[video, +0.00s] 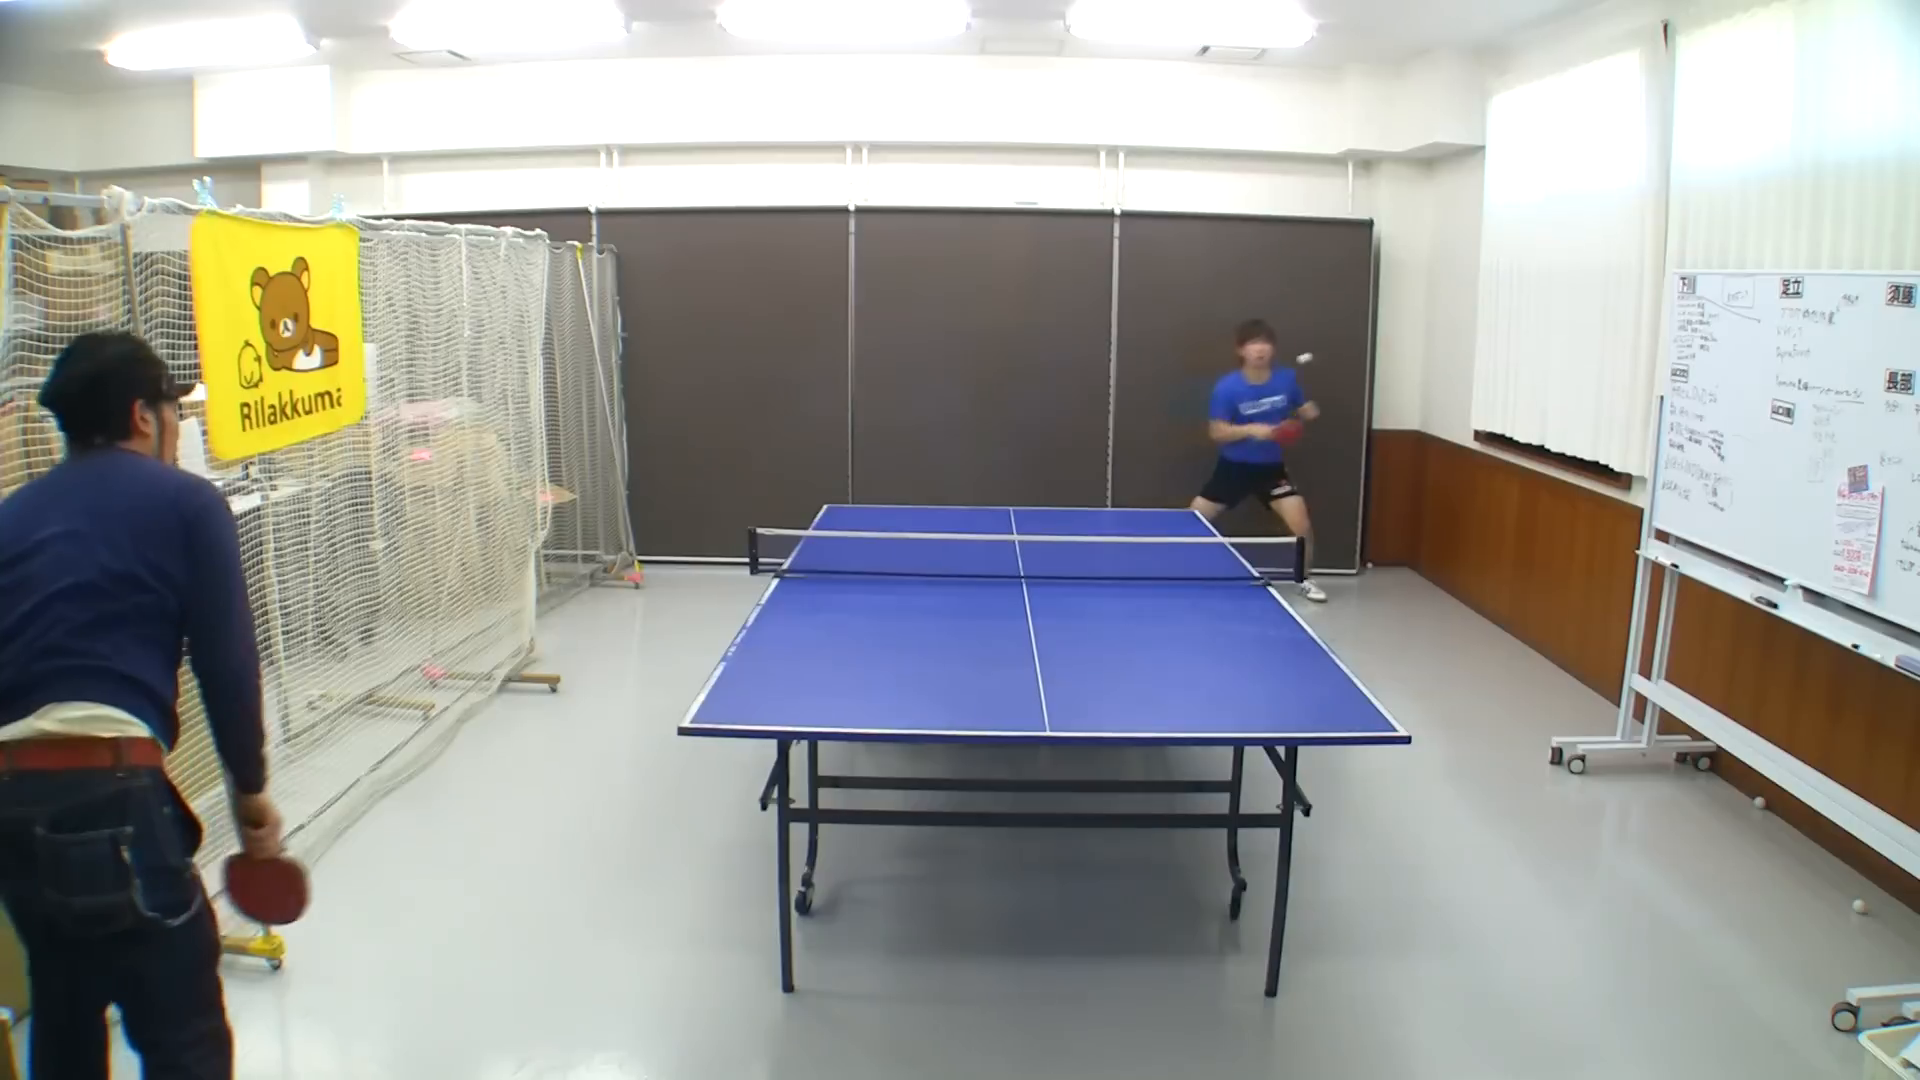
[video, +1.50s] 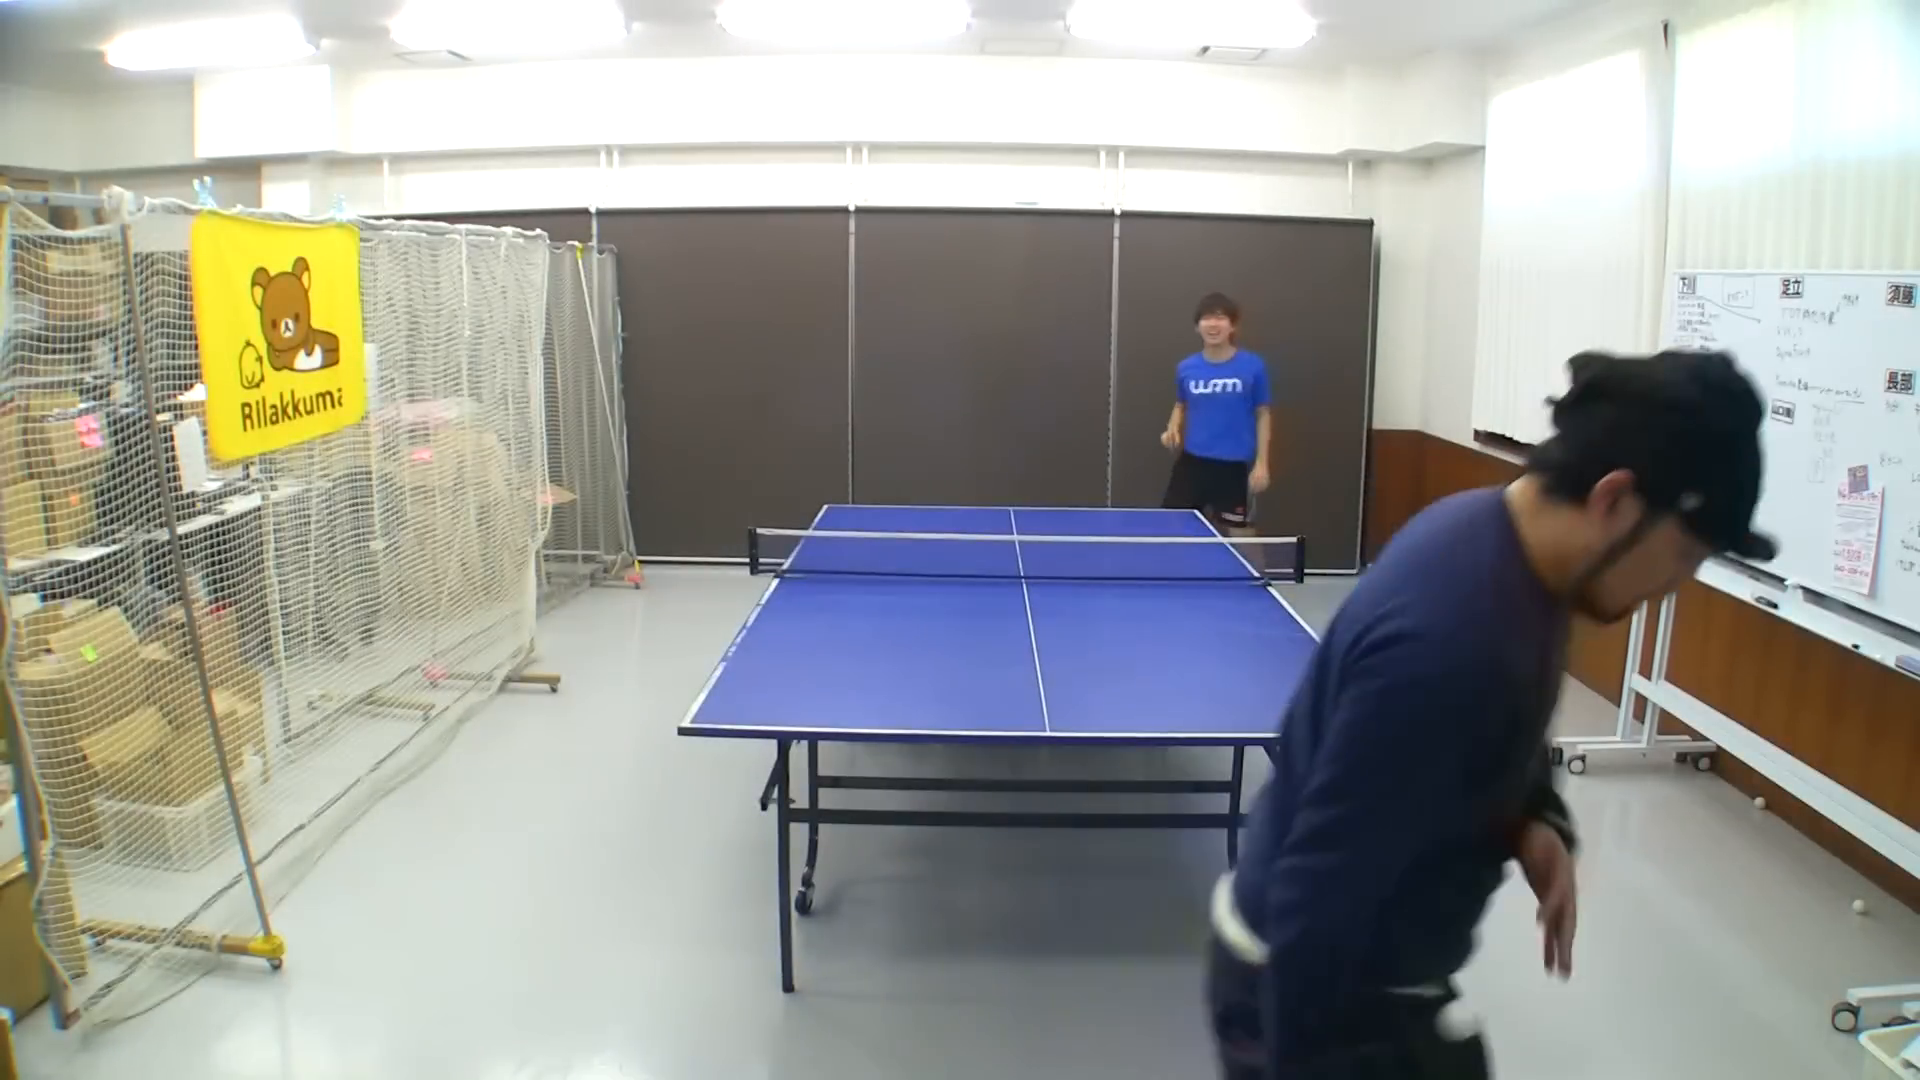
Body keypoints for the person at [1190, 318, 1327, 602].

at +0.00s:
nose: (1260, 350)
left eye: (1265, 344)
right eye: (1253, 344)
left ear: (1273, 349)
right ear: (1241, 351)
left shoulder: (1285, 379)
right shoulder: (1227, 387)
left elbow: (1308, 410)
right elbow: (1217, 431)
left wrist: (1305, 413)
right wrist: (1253, 430)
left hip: (1271, 469)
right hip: (1233, 469)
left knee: (1301, 525)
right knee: (1193, 520)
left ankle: (1302, 579)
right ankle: (1168, 579)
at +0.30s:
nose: (1377, 331)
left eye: (1381, 325)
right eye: (1370, 323)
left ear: (1384, 331)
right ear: (1356, 327)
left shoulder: (1368, 361)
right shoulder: (1352, 354)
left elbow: (1351, 398)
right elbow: (1373, 377)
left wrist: (1376, 405)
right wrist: (1411, 363)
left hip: (1350, 452)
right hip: (1321, 446)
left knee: (1386, 512)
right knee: (1278, 515)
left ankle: (1371, 575)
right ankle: (1222, 529)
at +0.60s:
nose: (1441, 380)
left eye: (1448, 376)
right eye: (1435, 373)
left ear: (1452, 382)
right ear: (1420, 375)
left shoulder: (1426, 411)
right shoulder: (1408, 409)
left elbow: (1408, 455)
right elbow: (1392, 458)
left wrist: (1413, 485)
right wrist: (1427, 488)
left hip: (1389, 487)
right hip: (1363, 481)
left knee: (1433, 527)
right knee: (1361, 560)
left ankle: (1421, 596)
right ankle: (1300, 578)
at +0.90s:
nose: (1373, 353)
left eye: (1379, 347)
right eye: (1366, 347)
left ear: (1386, 353)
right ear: (1353, 352)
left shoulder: (1378, 386)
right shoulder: (1342, 390)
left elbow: (1366, 432)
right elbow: (1332, 440)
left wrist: (1379, 460)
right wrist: (1371, 459)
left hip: (1360, 475)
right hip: (1329, 476)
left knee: (1393, 537)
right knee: (1332, 557)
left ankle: (1415, 596)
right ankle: (1282, 594)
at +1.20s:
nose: (1294, 308)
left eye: (1301, 300)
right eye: (1289, 300)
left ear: (1312, 305)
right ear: (1280, 305)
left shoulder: (1324, 341)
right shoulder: (1260, 343)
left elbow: (1337, 379)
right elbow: (1233, 383)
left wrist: (1357, 415)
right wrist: (1258, 409)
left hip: (1309, 436)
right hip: (1270, 436)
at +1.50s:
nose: (1212, 324)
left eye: (1220, 317)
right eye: (1206, 318)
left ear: (1233, 325)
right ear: (1197, 325)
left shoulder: (1252, 366)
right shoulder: (1186, 368)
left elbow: (1263, 413)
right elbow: (1180, 403)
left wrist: (1261, 463)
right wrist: (1173, 427)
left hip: (1233, 466)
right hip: (1192, 462)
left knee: (1236, 538)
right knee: (1172, 526)